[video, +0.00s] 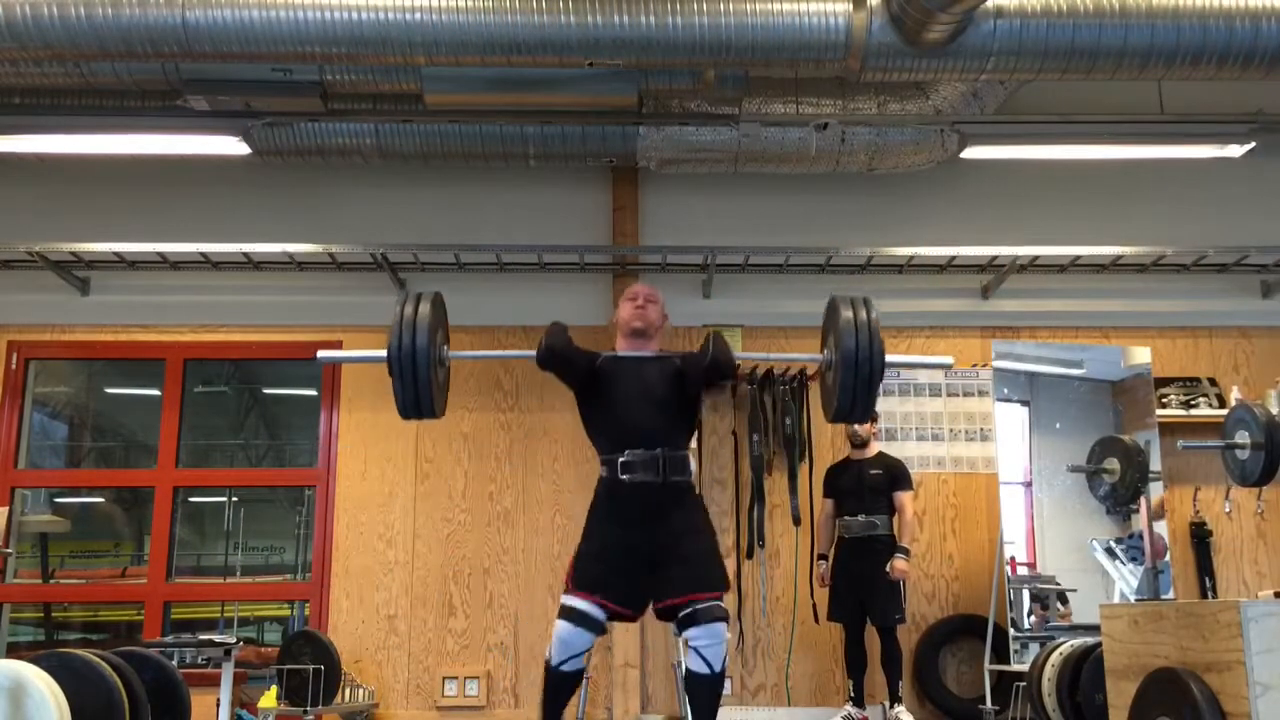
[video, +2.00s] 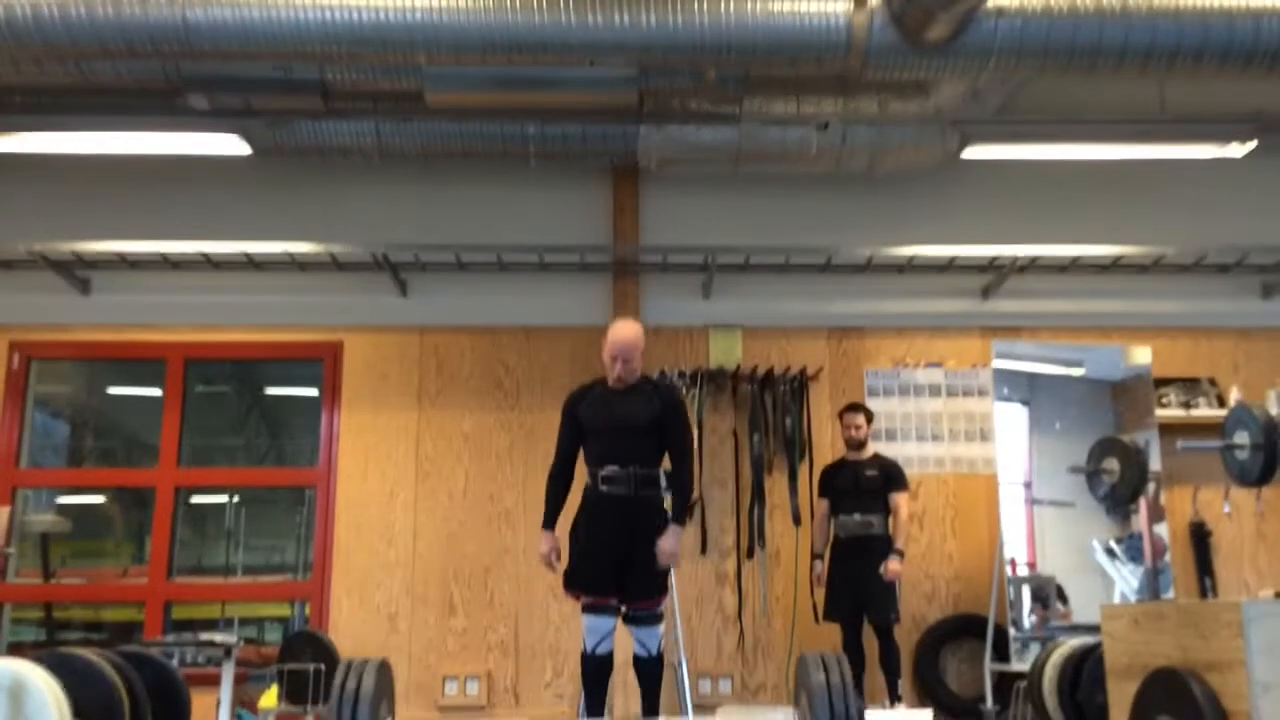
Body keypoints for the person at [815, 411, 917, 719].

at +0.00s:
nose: (855, 428)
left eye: (862, 423)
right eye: (850, 423)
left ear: (875, 427)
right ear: (844, 429)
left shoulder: (893, 468)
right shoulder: (835, 471)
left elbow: (906, 512)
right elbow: (826, 516)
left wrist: (902, 553)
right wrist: (822, 557)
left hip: (882, 557)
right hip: (847, 558)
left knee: (887, 631)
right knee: (852, 632)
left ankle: (896, 704)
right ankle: (856, 705)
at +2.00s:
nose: (853, 433)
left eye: (858, 427)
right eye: (847, 427)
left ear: (869, 429)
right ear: (840, 430)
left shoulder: (888, 468)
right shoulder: (830, 473)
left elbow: (901, 512)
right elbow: (821, 517)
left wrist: (897, 553)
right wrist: (818, 557)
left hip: (878, 555)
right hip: (843, 556)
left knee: (884, 630)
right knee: (850, 632)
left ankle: (894, 698)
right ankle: (856, 698)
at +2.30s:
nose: (854, 433)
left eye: (859, 428)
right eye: (848, 428)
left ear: (870, 430)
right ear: (841, 431)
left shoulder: (888, 468)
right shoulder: (831, 473)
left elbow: (902, 513)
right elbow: (821, 519)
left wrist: (898, 554)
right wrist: (818, 559)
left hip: (878, 558)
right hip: (844, 559)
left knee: (885, 632)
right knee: (851, 633)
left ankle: (895, 703)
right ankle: (857, 704)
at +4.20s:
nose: (851, 434)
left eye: (857, 428)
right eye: (846, 429)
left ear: (868, 426)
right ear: (840, 430)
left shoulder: (889, 459)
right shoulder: (831, 466)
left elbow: (920, 497)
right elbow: (818, 507)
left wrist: (900, 526)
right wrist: (824, 535)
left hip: (879, 556)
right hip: (844, 558)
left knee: (885, 631)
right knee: (852, 632)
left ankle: (896, 704)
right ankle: (858, 706)